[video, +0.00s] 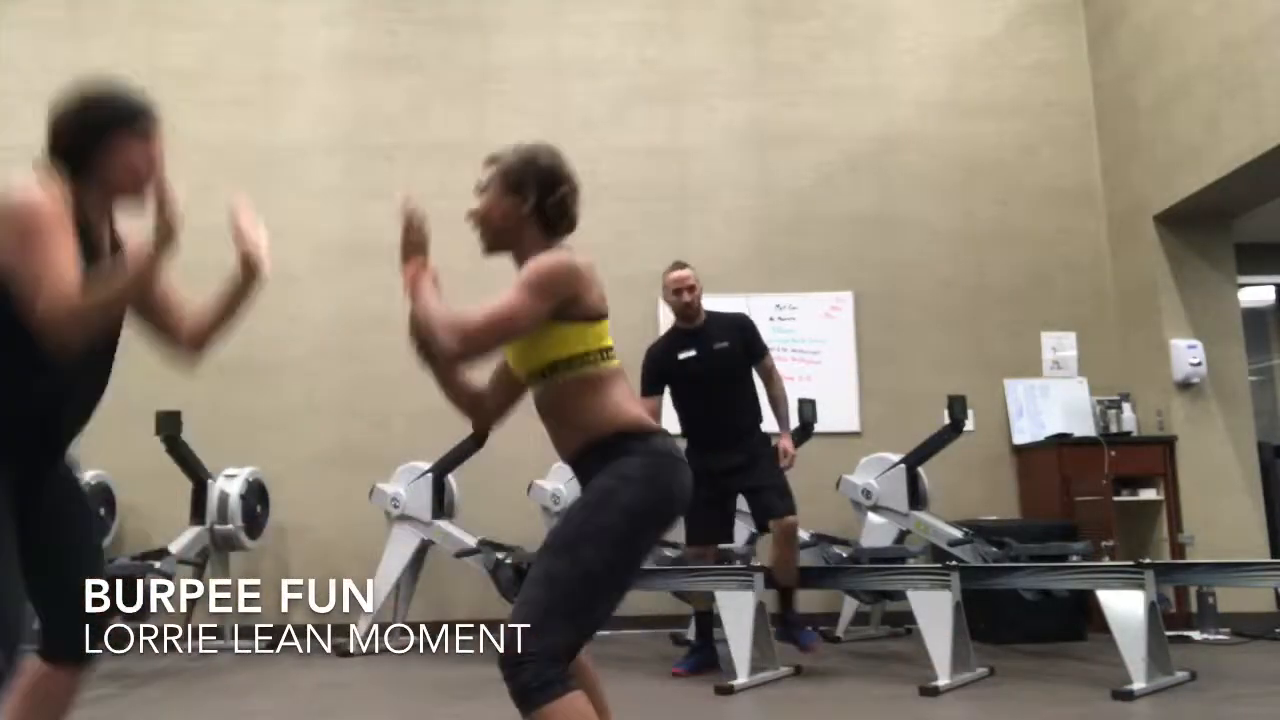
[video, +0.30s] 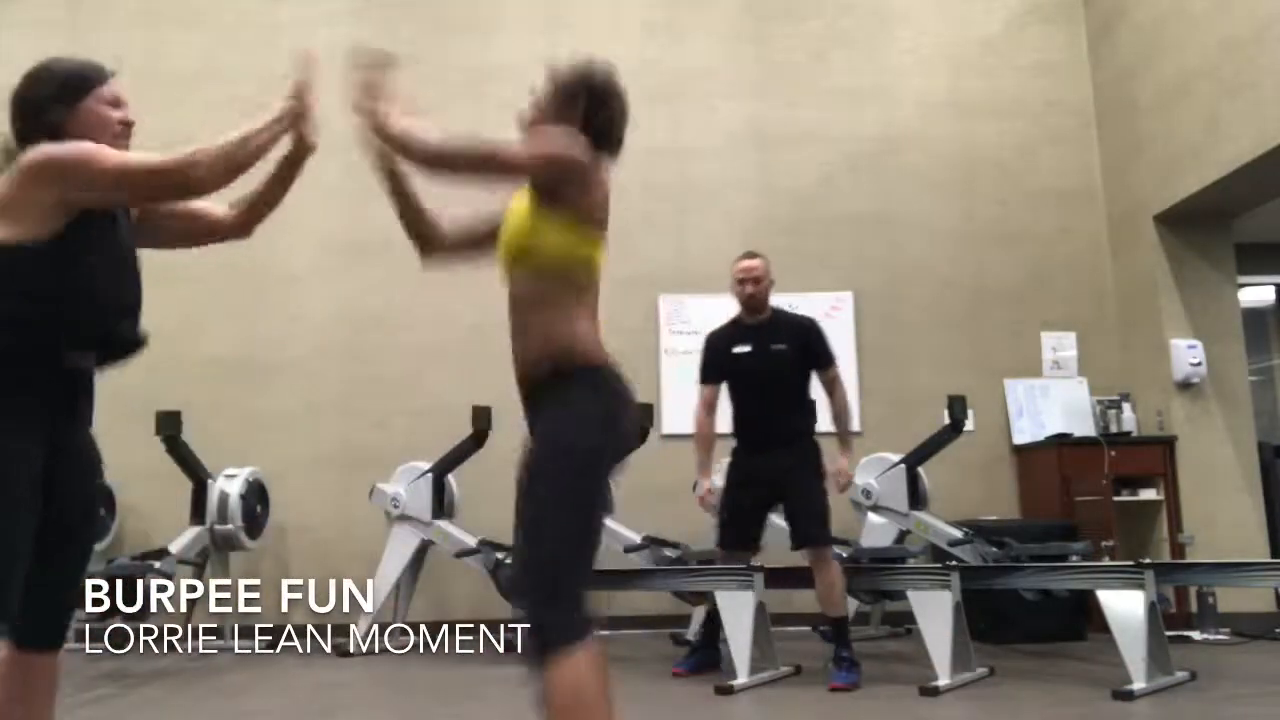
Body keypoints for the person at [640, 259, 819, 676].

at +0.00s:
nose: (687, 297)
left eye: (691, 288)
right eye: (678, 292)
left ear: (701, 290)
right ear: (666, 299)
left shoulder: (737, 327)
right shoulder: (659, 354)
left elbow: (771, 378)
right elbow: (650, 419)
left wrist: (785, 432)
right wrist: (656, 472)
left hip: (752, 450)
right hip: (703, 458)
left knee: (785, 523)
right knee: (700, 551)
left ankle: (787, 620)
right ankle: (703, 643)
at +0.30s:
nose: (749, 289)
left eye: (756, 281)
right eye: (742, 282)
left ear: (770, 283)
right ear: (732, 287)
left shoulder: (803, 331)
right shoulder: (720, 341)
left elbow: (834, 388)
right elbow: (706, 409)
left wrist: (845, 452)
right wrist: (704, 474)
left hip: (799, 458)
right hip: (748, 460)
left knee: (819, 550)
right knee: (730, 553)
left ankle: (843, 652)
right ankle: (710, 644)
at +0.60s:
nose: (773, 275)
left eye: (782, 266)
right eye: (767, 268)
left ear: (802, 270)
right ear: (761, 274)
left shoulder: (836, 318)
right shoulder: (754, 327)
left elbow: (871, 377)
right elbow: (750, 395)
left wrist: (877, 446)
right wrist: (764, 449)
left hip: (832, 444)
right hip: (784, 446)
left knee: (836, 545)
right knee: (781, 540)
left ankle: (845, 651)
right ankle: (815, 627)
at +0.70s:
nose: (770, 274)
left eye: (779, 265)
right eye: (764, 267)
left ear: (801, 269)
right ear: (759, 274)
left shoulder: (838, 316)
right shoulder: (755, 327)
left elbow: (872, 377)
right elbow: (752, 394)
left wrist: (873, 447)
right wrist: (763, 450)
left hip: (840, 444)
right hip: (793, 446)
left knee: (845, 549)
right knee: (795, 543)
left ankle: (847, 651)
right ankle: (835, 621)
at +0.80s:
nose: (766, 275)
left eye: (774, 266)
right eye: (759, 268)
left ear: (796, 268)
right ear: (755, 275)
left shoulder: (835, 315)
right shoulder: (755, 331)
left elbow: (871, 376)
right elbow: (750, 399)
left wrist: (866, 446)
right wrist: (755, 457)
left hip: (845, 447)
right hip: (796, 450)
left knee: (850, 549)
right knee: (804, 549)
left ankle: (847, 650)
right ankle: (834, 625)